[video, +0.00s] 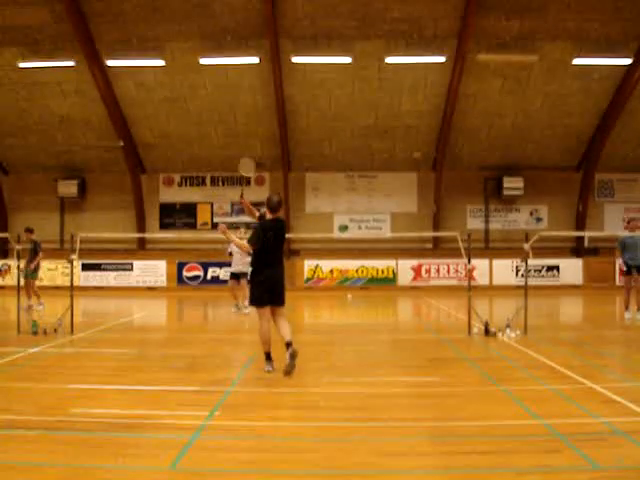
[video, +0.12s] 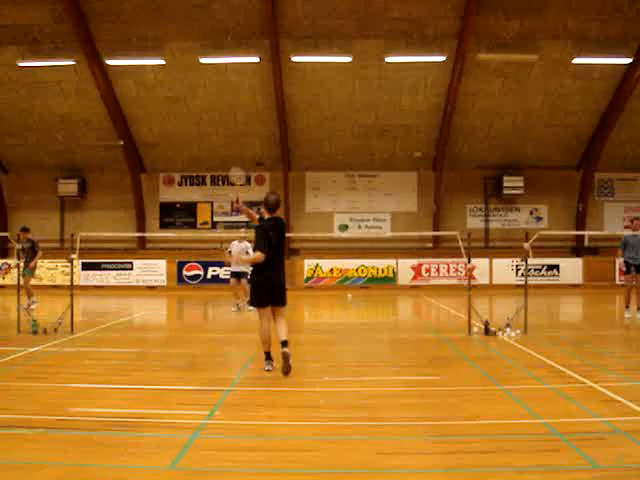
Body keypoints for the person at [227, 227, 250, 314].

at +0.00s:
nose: (241, 235)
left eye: (243, 233)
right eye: (239, 232)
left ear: (246, 234)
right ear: (236, 234)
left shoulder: (247, 244)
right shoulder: (233, 244)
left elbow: (251, 253)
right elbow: (229, 254)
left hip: (244, 268)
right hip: (234, 268)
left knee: (244, 285)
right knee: (232, 285)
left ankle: (245, 303)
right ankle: (237, 303)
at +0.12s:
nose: (242, 235)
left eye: (244, 233)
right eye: (241, 232)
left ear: (246, 234)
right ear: (238, 234)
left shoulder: (248, 245)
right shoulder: (233, 244)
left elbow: (251, 256)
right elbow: (227, 253)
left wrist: (243, 259)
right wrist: (231, 259)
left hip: (244, 268)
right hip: (234, 268)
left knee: (244, 284)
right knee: (233, 285)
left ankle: (248, 301)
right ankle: (236, 303)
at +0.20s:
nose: (242, 236)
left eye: (244, 233)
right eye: (241, 233)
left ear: (246, 235)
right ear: (238, 234)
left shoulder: (247, 245)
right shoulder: (234, 244)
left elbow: (250, 256)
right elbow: (231, 253)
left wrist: (242, 257)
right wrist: (228, 252)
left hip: (244, 268)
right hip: (235, 268)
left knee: (244, 285)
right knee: (234, 286)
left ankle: (247, 298)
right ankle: (236, 303)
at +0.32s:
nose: (243, 236)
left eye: (245, 234)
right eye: (242, 234)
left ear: (247, 236)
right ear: (240, 235)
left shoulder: (249, 245)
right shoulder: (236, 244)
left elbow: (249, 257)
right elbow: (235, 253)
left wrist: (238, 255)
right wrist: (229, 250)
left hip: (246, 269)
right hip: (237, 268)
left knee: (245, 285)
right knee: (235, 283)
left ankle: (246, 301)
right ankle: (235, 301)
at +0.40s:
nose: (242, 236)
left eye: (244, 233)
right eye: (241, 233)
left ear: (247, 235)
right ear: (239, 234)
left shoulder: (249, 245)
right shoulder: (237, 244)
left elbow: (249, 256)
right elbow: (234, 253)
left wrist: (238, 255)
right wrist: (229, 249)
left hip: (246, 269)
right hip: (237, 268)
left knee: (245, 286)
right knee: (235, 283)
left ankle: (246, 301)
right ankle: (235, 300)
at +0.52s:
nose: (244, 230)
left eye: (246, 228)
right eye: (244, 228)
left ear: (249, 230)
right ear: (243, 230)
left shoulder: (251, 240)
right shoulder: (239, 238)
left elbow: (250, 253)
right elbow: (237, 249)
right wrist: (230, 247)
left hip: (246, 266)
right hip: (237, 264)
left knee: (246, 285)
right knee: (236, 284)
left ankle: (246, 301)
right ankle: (237, 301)